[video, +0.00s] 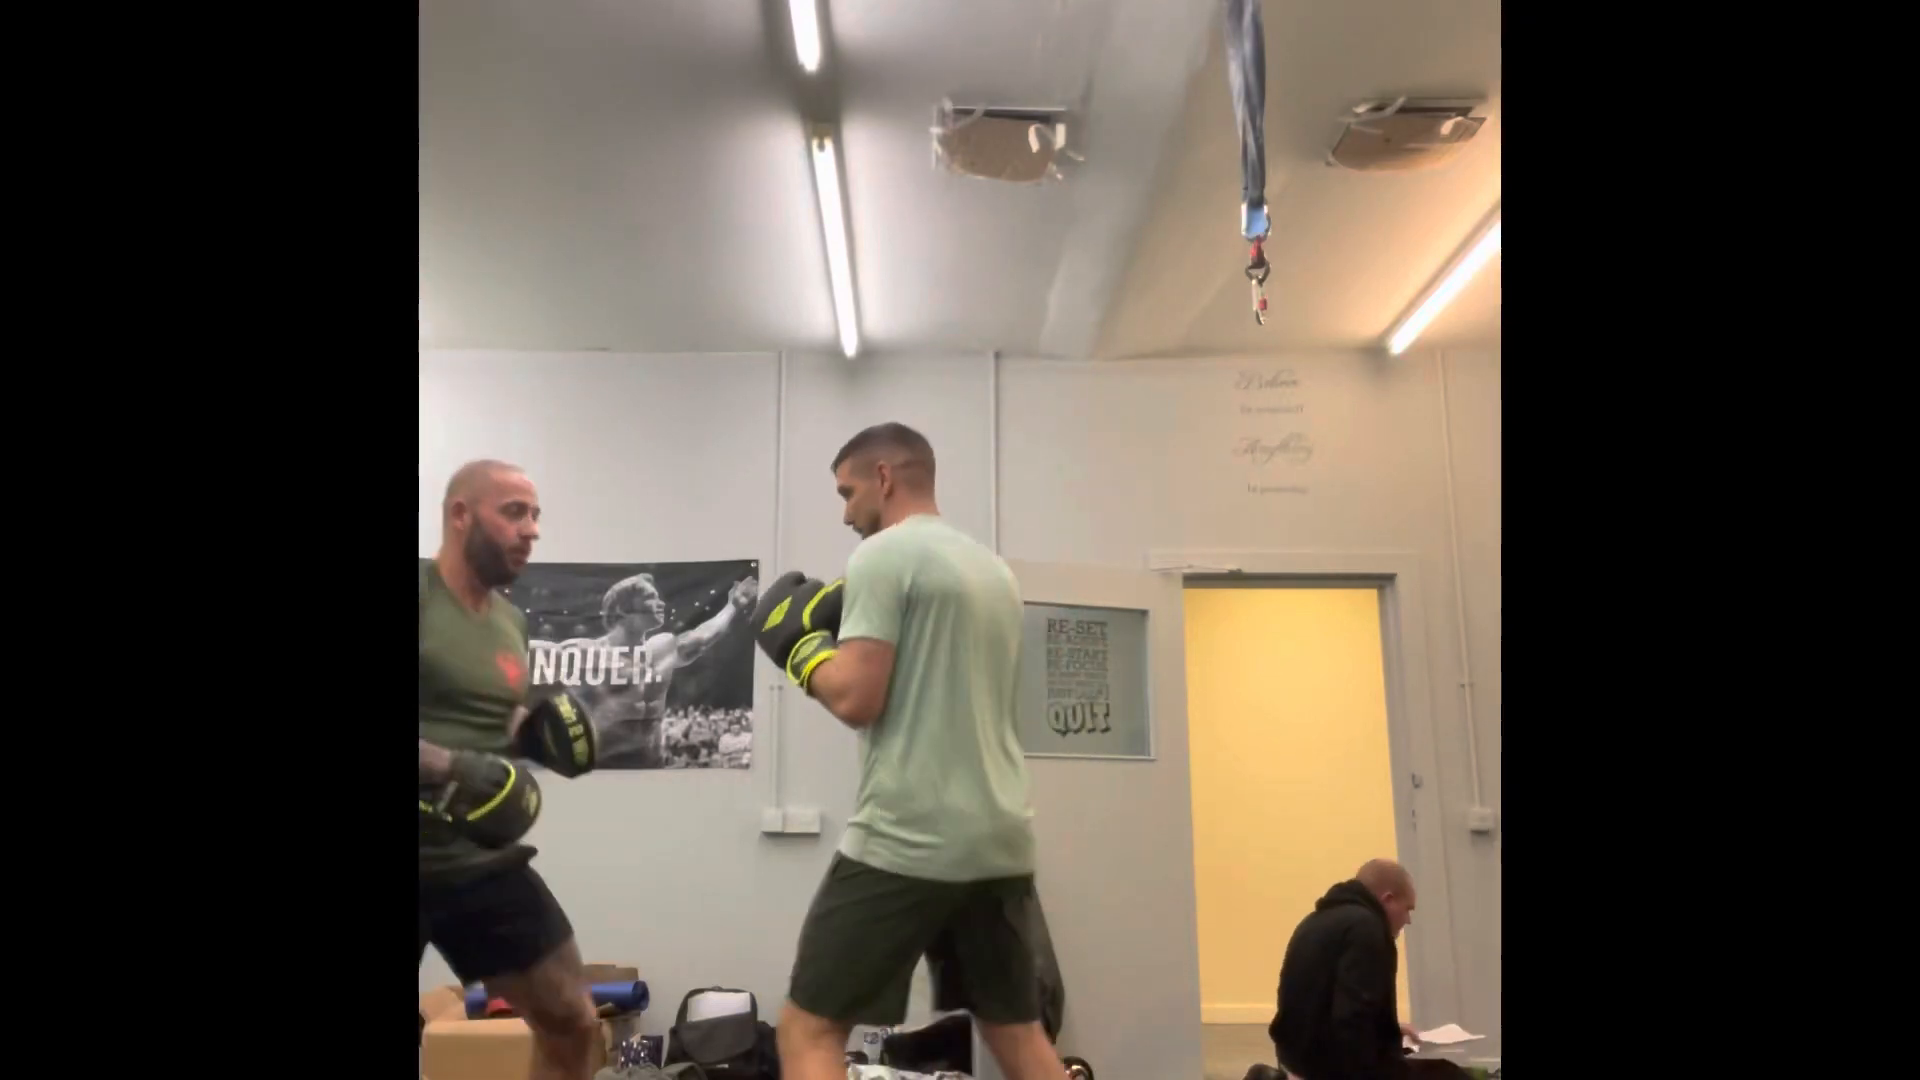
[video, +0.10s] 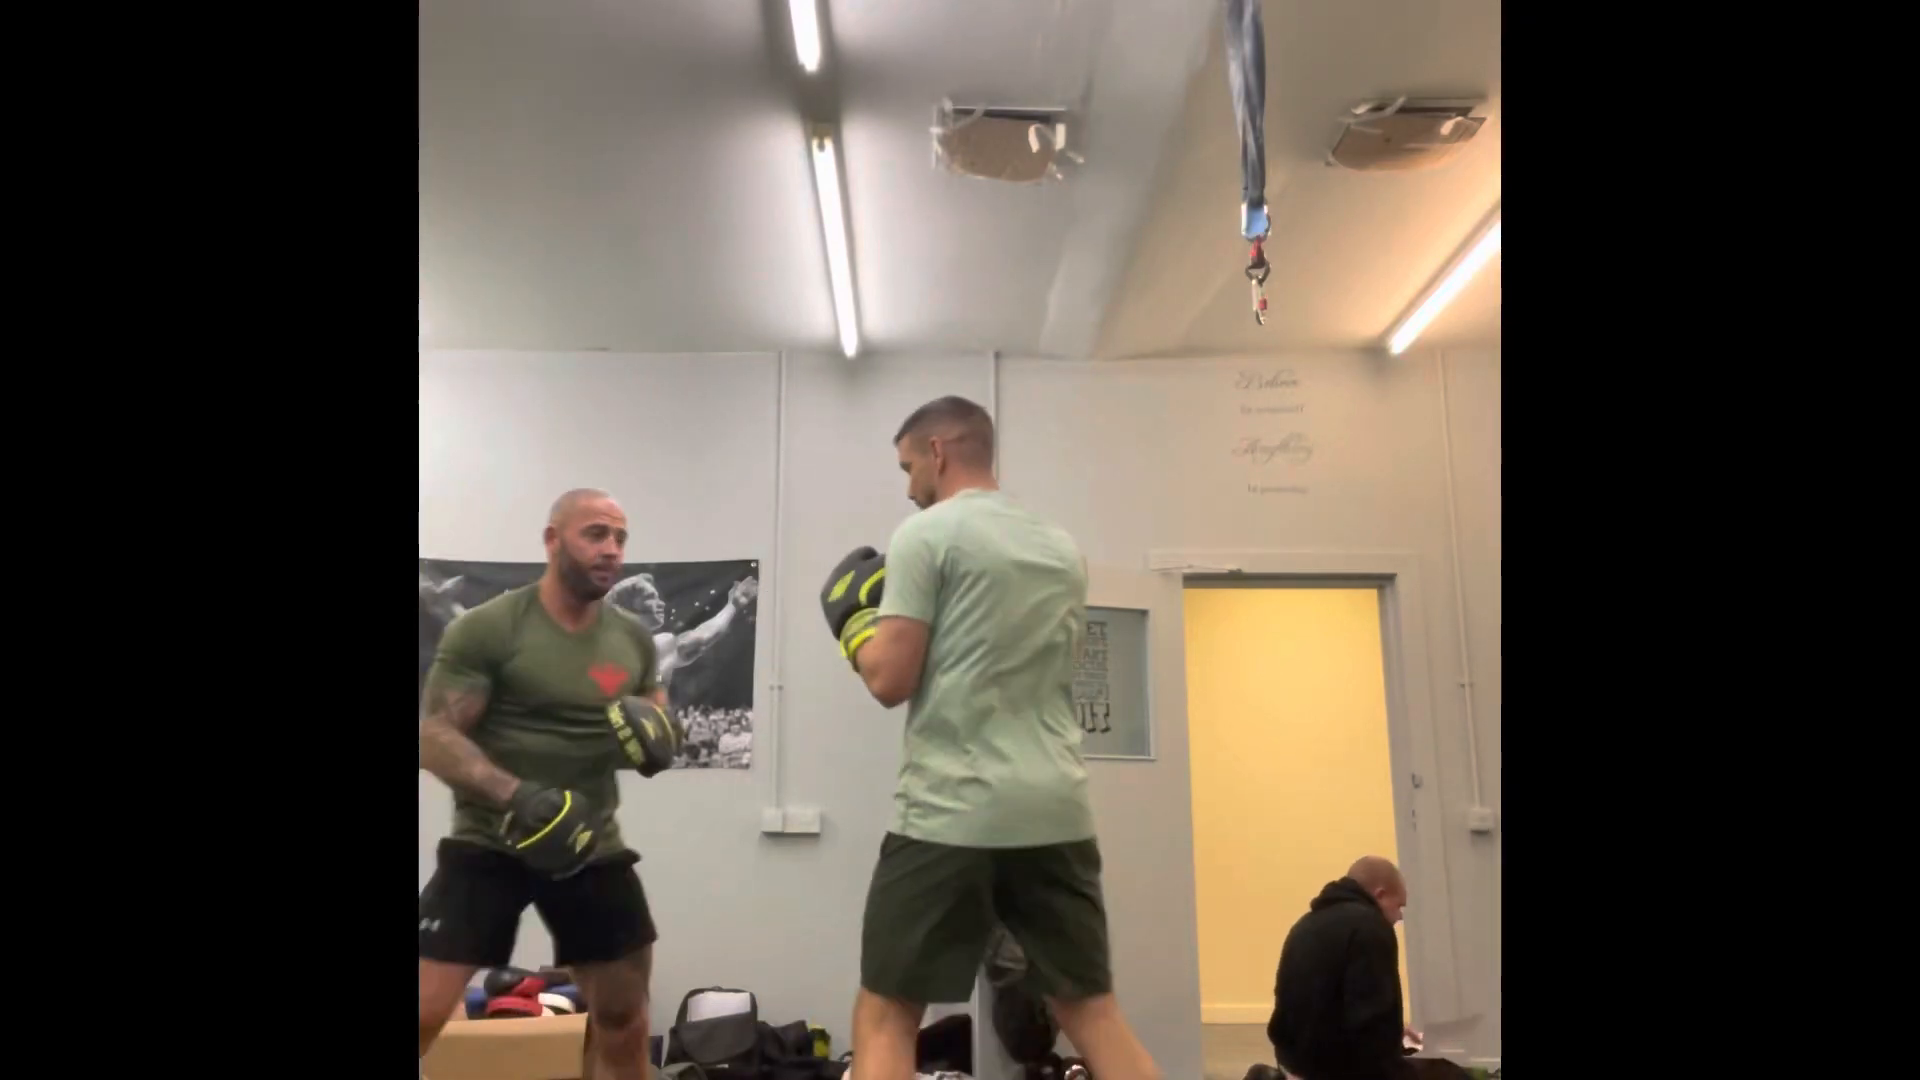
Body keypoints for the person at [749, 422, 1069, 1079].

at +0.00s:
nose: (845, 515)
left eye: (847, 494)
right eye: (842, 498)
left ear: (885, 476)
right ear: (903, 479)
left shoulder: (884, 557)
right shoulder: (994, 568)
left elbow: (856, 699)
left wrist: (795, 646)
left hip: (904, 841)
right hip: (999, 839)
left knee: (809, 1029)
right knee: (1019, 1034)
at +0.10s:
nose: (909, 491)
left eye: (908, 470)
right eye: (905, 472)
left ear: (939, 450)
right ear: (975, 453)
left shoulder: (927, 535)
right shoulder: (1061, 547)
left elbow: (890, 681)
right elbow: (1042, 667)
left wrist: (854, 622)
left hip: (949, 816)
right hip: (1058, 811)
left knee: (887, 1015)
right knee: (1090, 1009)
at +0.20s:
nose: (946, 491)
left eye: (946, 477)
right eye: (945, 479)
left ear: (964, 468)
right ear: (1028, 474)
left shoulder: (934, 547)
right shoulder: (1095, 564)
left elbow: (893, 694)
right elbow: (1109, 710)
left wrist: (894, 635)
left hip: (948, 840)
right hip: (1072, 846)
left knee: (871, 1017)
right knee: (1135, 1048)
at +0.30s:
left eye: (908, 481)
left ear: (904, 482)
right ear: (985, 483)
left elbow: (825, 715)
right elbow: (1074, 712)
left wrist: (885, 657)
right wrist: (995, 672)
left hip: (899, 857)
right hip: (1029, 858)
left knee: (810, 1031)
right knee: (1095, 1060)